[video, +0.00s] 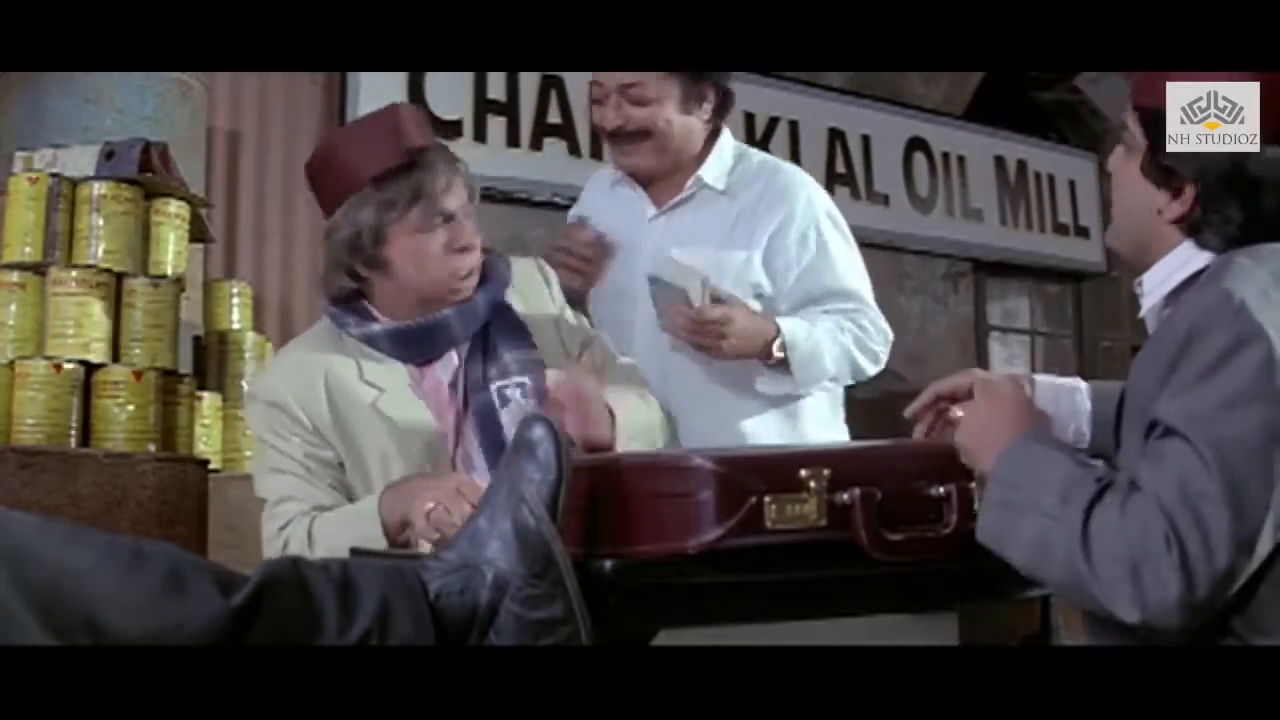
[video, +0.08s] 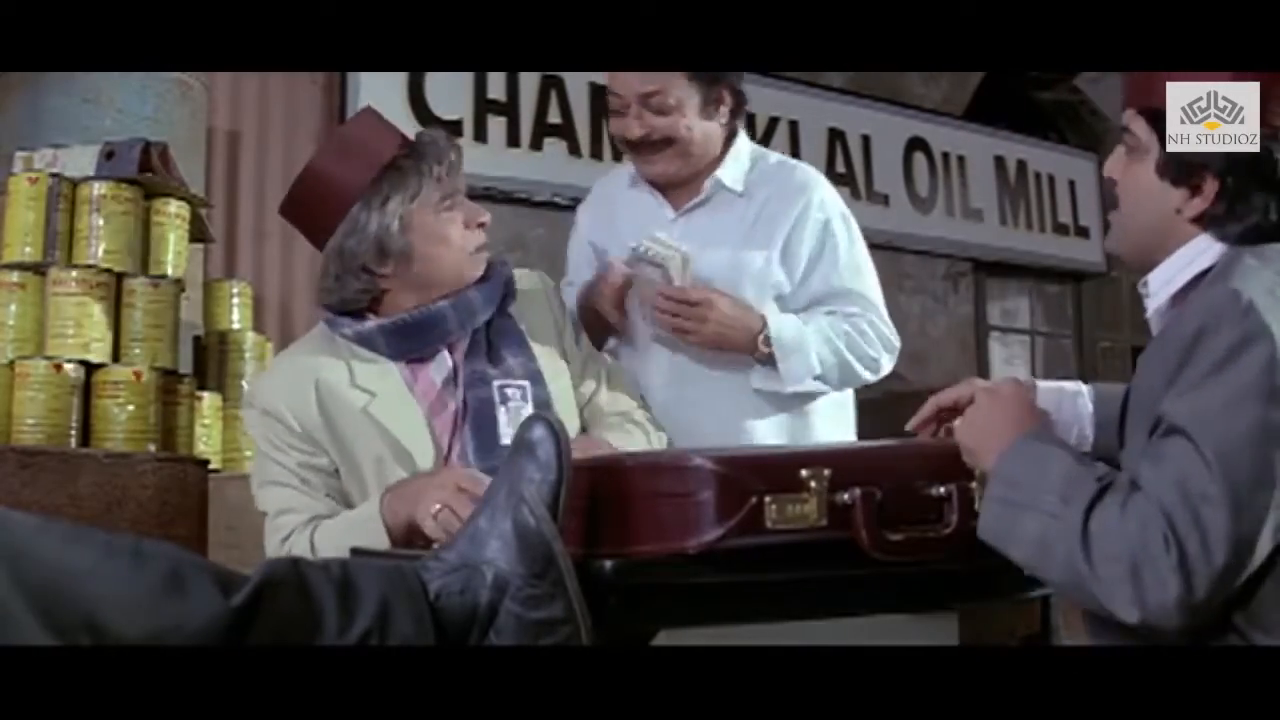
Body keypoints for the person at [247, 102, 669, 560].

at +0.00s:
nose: (471, 237)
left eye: (470, 213)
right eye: (439, 222)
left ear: (478, 209)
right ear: (366, 251)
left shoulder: (532, 301)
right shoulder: (297, 382)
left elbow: (655, 424)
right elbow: (289, 541)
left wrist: (607, 420)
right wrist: (394, 506)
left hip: (561, 597)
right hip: (407, 623)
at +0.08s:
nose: (481, 217)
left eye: (467, 198)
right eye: (447, 207)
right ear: (379, 257)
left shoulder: (532, 302)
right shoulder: (294, 387)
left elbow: (637, 429)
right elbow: (290, 550)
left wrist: (587, 455)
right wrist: (394, 509)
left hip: (561, 603)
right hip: (407, 627)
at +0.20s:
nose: (479, 209)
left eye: (464, 192)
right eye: (448, 197)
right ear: (386, 247)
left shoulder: (527, 303)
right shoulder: (287, 388)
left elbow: (616, 417)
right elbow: (283, 553)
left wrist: (600, 453)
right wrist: (391, 510)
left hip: (554, 601)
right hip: (407, 626)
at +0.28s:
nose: (483, 209)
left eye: (469, 192)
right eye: (452, 197)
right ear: (392, 246)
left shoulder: (524, 311)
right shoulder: (291, 383)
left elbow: (612, 418)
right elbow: (278, 547)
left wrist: (603, 444)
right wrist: (394, 508)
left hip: (551, 606)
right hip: (405, 627)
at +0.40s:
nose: (485, 208)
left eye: (471, 192)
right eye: (456, 196)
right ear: (396, 243)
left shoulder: (526, 315)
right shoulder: (292, 382)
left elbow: (610, 411)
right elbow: (282, 545)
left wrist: (615, 440)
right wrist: (394, 504)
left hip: (553, 605)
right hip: (407, 624)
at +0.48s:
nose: (485, 209)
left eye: (470, 193)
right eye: (454, 198)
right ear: (393, 248)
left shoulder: (527, 313)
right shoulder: (290, 387)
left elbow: (607, 409)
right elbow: (282, 544)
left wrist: (618, 444)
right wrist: (396, 506)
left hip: (553, 609)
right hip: (407, 627)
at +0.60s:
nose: (490, 209)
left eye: (476, 192)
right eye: (459, 199)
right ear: (399, 247)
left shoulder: (531, 312)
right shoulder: (289, 387)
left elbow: (603, 416)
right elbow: (282, 546)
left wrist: (620, 450)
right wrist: (391, 509)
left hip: (550, 609)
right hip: (402, 628)